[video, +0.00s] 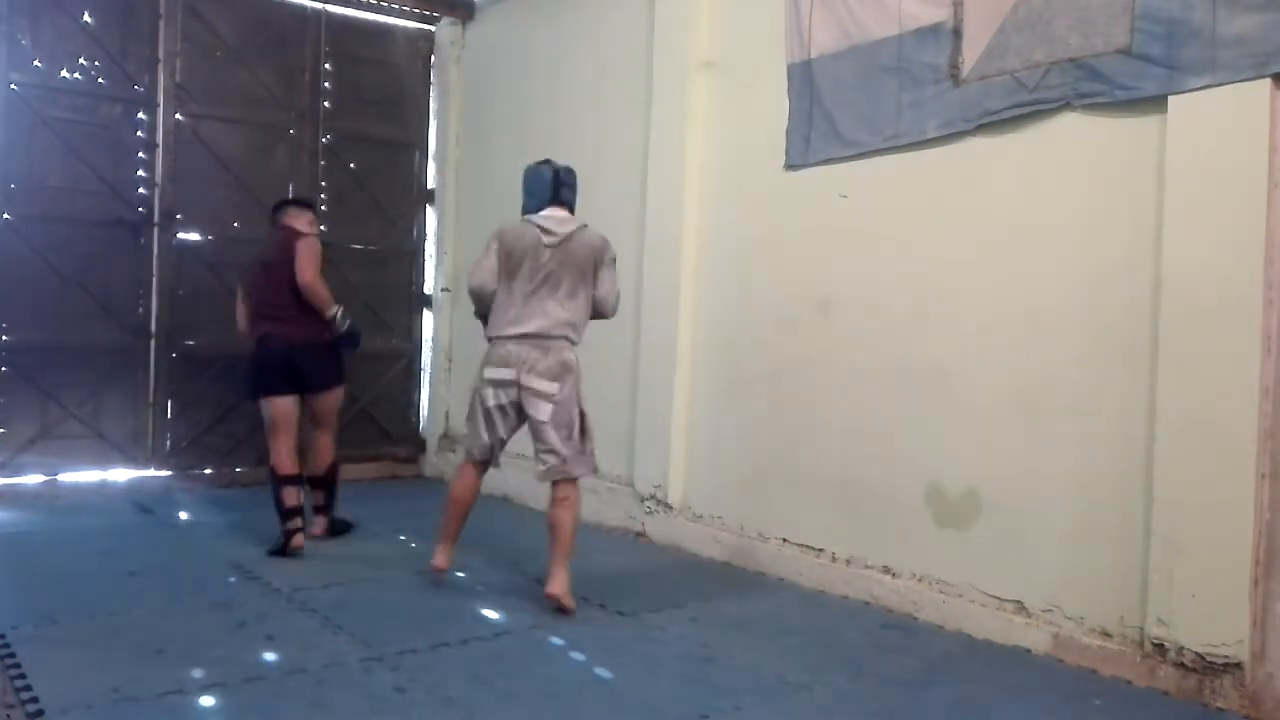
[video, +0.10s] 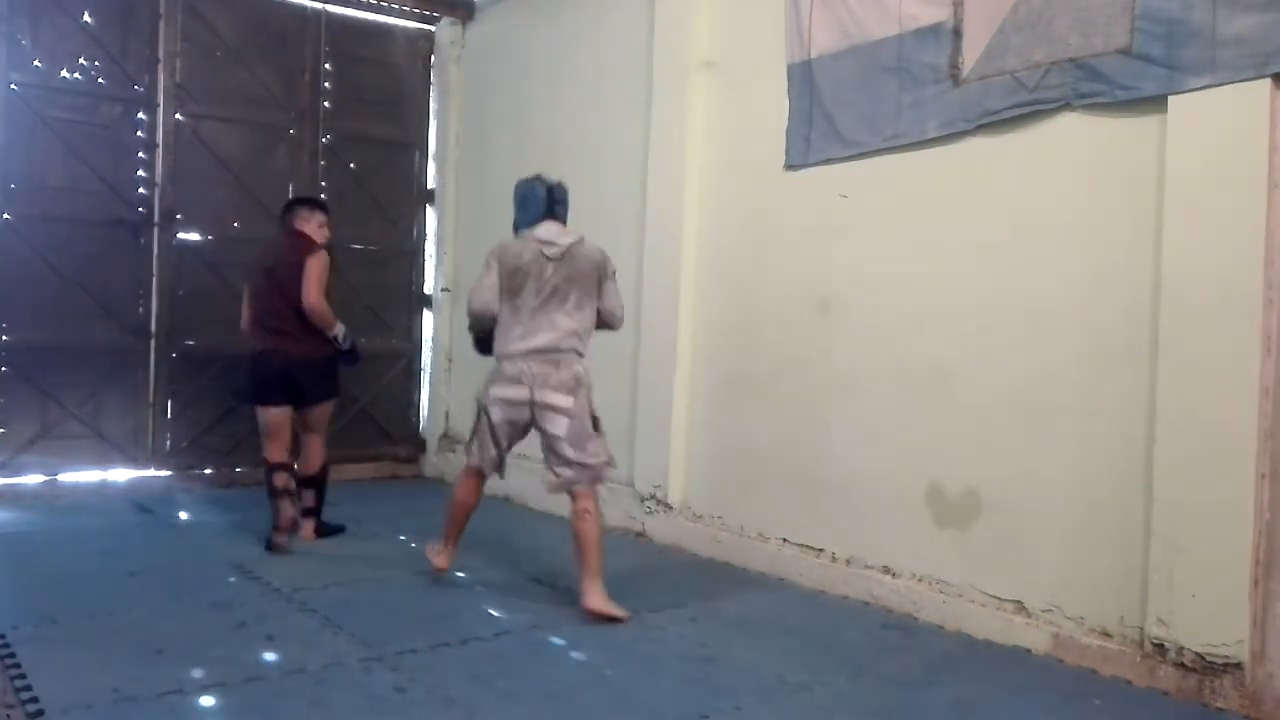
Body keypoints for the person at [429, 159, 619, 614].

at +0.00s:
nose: (527, 199)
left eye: (528, 191)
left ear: (531, 196)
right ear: (572, 197)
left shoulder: (508, 236)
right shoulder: (595, 243)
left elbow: (479, 285)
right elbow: (606, 305)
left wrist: (492, 315)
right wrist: (567, 303)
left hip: (502, 360)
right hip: (555, 366)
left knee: (475, 460)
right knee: (565, 476)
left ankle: (443, 551)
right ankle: (558, 577)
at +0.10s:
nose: (516, 217)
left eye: (517, 210)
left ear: (522, 212)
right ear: (564, 212)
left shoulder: (505, 253)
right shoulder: (593, 256)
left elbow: (481, 308)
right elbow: (612, 316)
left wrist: (484, 334)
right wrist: (571, 309)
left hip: (510, 380)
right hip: (565, 383)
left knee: (475, 468)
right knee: (583, 487)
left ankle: (445, 552)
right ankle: (593, 590)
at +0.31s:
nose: (479, 254)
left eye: (481, 248)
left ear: (487, 250)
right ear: (526, 248)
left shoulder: (477, 293)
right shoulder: (556, 289)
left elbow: (472, 348)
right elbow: (579, 346)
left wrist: (476, 388)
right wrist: (542, 337)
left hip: (496, 405)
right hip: (546, 404)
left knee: (471, 476)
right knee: (577, 497)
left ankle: (446, 562)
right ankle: (598, 595)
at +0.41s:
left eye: (459, 229)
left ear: (460, 233)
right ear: (499, 233)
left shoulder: (447, 274)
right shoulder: (524, 272)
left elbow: (431, 323)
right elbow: (550, 323)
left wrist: (449, 351)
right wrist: (515, 331)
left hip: (466, 386)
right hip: (516, 385)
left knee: (455, 475)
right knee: (542, 480)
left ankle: (443, 562)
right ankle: (574, 566)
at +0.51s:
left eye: (438, 212)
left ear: (441, 215)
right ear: (480, 214)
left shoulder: (421, 255)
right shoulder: (505, 252)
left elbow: (392, 294)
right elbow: (531, 301)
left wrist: (414, 324)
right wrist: (496, 297)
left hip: (441, 375)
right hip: (489, 374)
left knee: (439, 467)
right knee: (509, 470)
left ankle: (436, 554)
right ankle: (515, 555)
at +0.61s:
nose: (418, 206)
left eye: (422, 200)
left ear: (427, 204)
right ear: (463, 204)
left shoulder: (405, 240)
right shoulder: (489, 241)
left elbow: (374, 280)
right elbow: (514, 294)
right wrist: (480, 279)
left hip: (417, 356)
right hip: (466, 356)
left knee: (412, 452)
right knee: (475, 457)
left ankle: (407, 534)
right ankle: (468, 551)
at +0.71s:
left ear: (413, 216)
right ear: (449, 216)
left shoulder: (389, 252)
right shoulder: (472, 254)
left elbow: (362, 300)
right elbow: (484, 310)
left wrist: (394, 303)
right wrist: (451, 296)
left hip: (393, 367)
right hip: (442, 370)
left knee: (378, 451)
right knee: (455, 467)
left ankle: (351, 530)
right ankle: (444, 558)